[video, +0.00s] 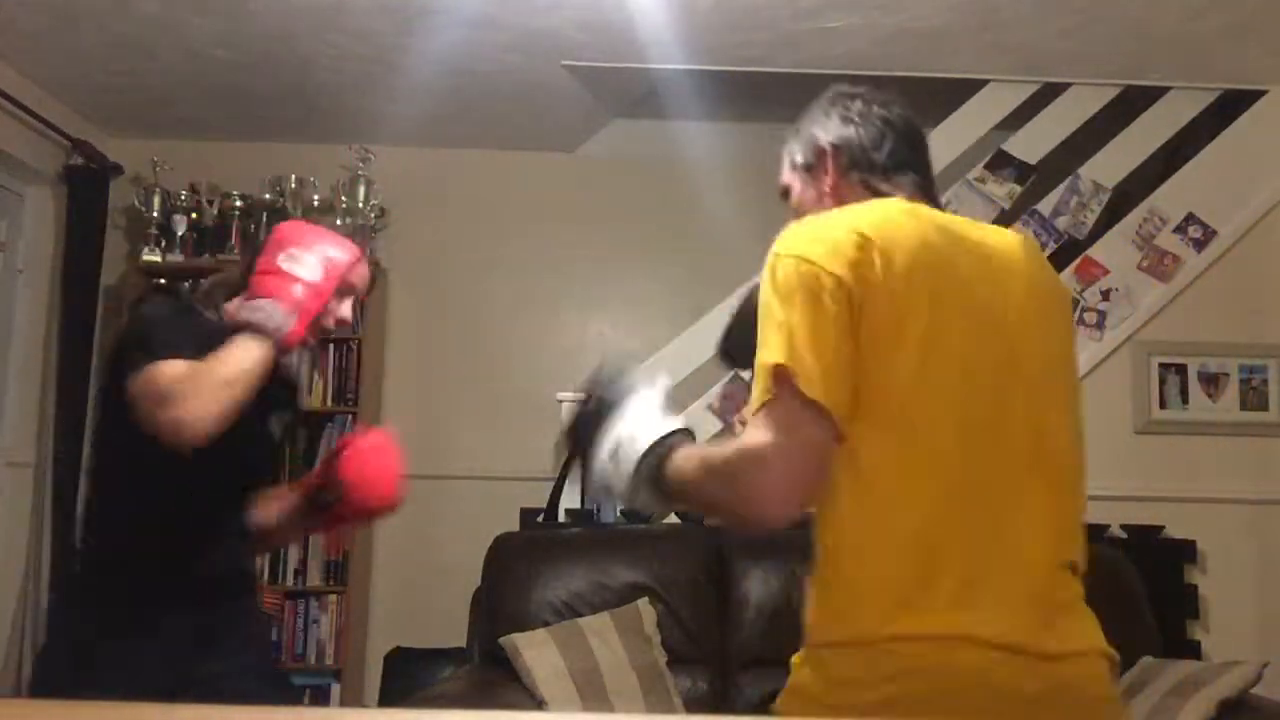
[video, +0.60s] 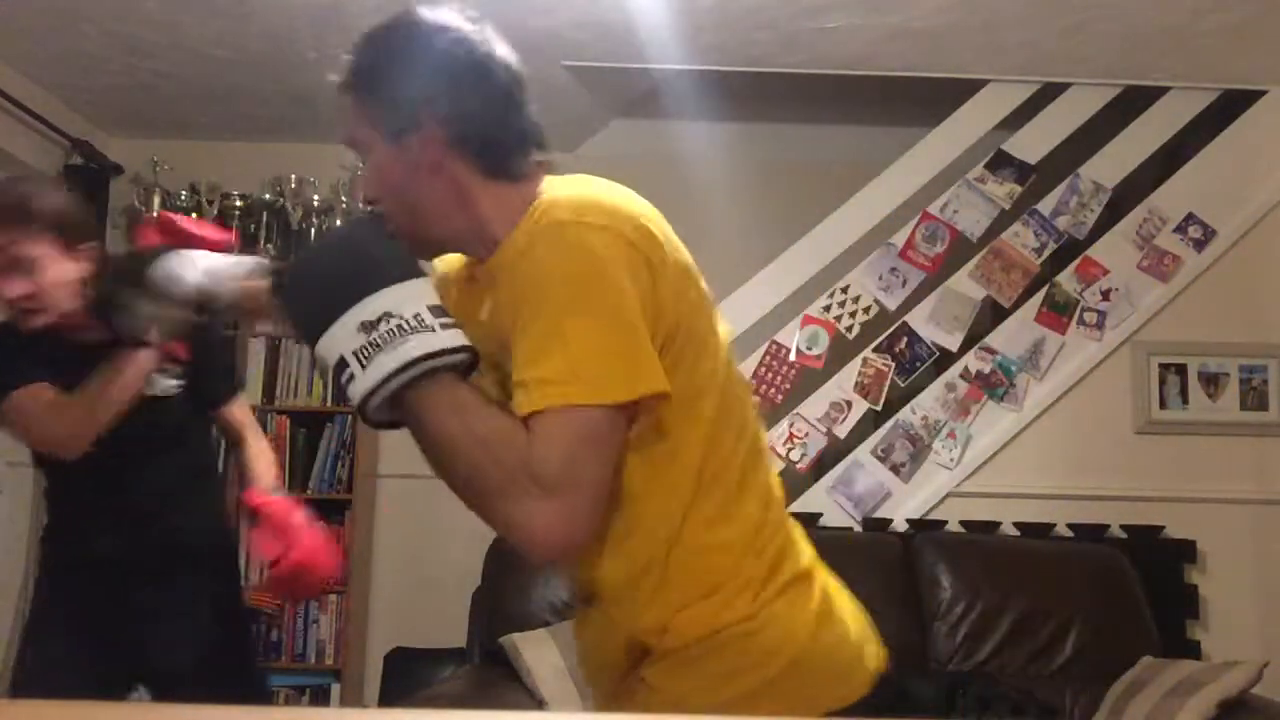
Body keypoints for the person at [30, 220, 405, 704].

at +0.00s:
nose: (348, 316)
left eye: (355, 300)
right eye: (342, 293)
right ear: (297, 277)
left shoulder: (268, 383)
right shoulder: (163, 322)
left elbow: (239, 521)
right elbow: (184, 415)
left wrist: (320, 496)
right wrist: (271, 319)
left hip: (222, 636)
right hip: (122, 635)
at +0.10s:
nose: (340, 294)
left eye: (353, 281)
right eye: (330, 272)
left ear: (358, 288)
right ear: (272, 256)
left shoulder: (318, 363)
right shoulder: (170, 323)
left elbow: (356, 504)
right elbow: (117, 451)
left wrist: (404, 454)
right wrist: (234, 356)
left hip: (243, 615)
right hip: (129, 609)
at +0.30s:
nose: (263, 283)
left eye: (281, 265)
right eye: (250, 257)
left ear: (296, 269)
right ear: (202, 243)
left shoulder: (284, 332)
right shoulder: (127, 321)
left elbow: (361, 453)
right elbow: (129, 455)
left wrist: (402, 396)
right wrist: (232, 371)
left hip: (247, 598)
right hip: (129, 596)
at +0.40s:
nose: (198, 293)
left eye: (216, 276)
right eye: (181, 271)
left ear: (235, 283)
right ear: (141, 265)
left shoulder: (244, 343)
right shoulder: (87, 337)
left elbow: (301, 473)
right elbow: (120, 442)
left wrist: (355, 441)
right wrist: (246, 368)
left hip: (228, 620)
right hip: (111, 620)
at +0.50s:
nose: (105, 285)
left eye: (124, 265)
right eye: (89, 266)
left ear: (162, 269)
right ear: (66, 269)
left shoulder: (207, 342)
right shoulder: (42, 344)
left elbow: (262, 459)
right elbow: (89, 445)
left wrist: (321, 482)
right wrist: (207, 358)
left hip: (208, 624)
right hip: (91, 625)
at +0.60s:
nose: (11, 290)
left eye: (26, 267)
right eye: (5, 271)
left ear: (83, 258)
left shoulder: (167, 322)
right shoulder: (16, 348)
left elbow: (246, 431)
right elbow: (62, 434)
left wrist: (269, 500)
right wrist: (148, 345)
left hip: (193, 598)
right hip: (80, 604)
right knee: (43, 716)